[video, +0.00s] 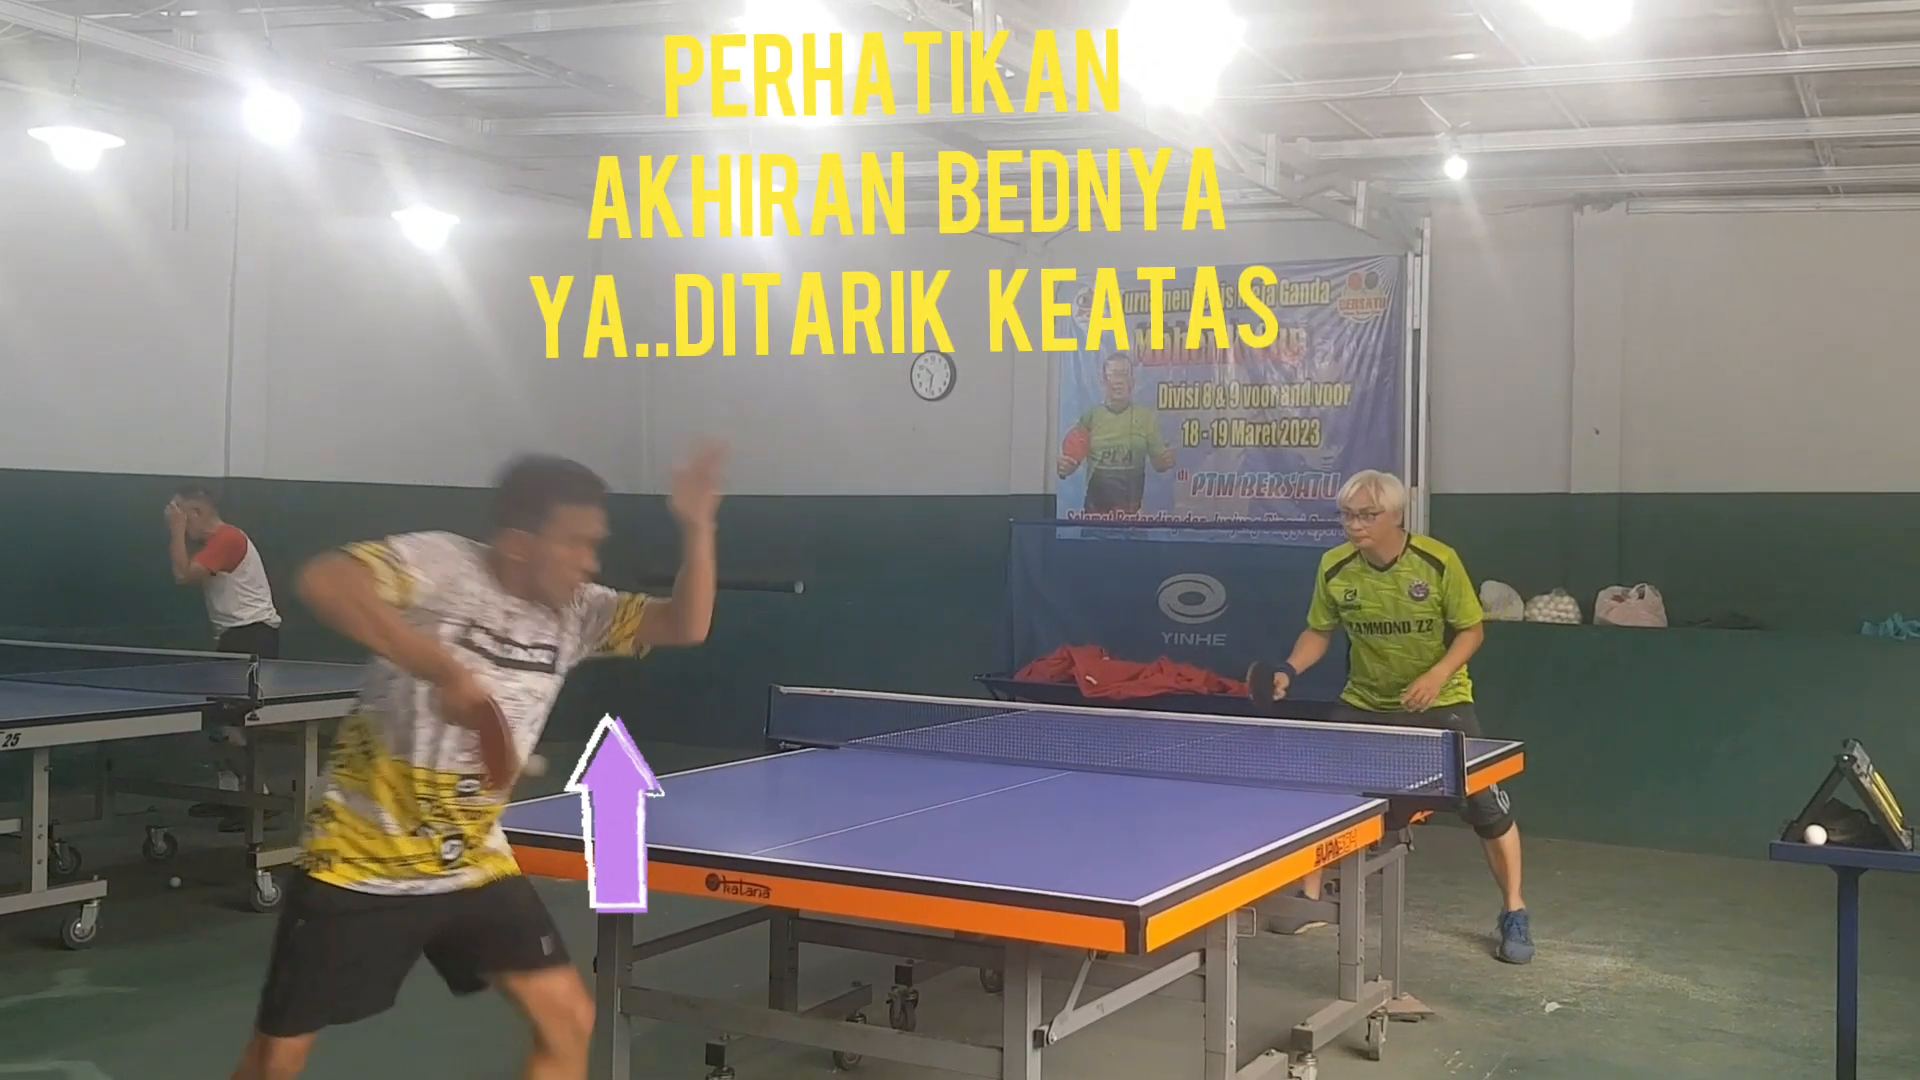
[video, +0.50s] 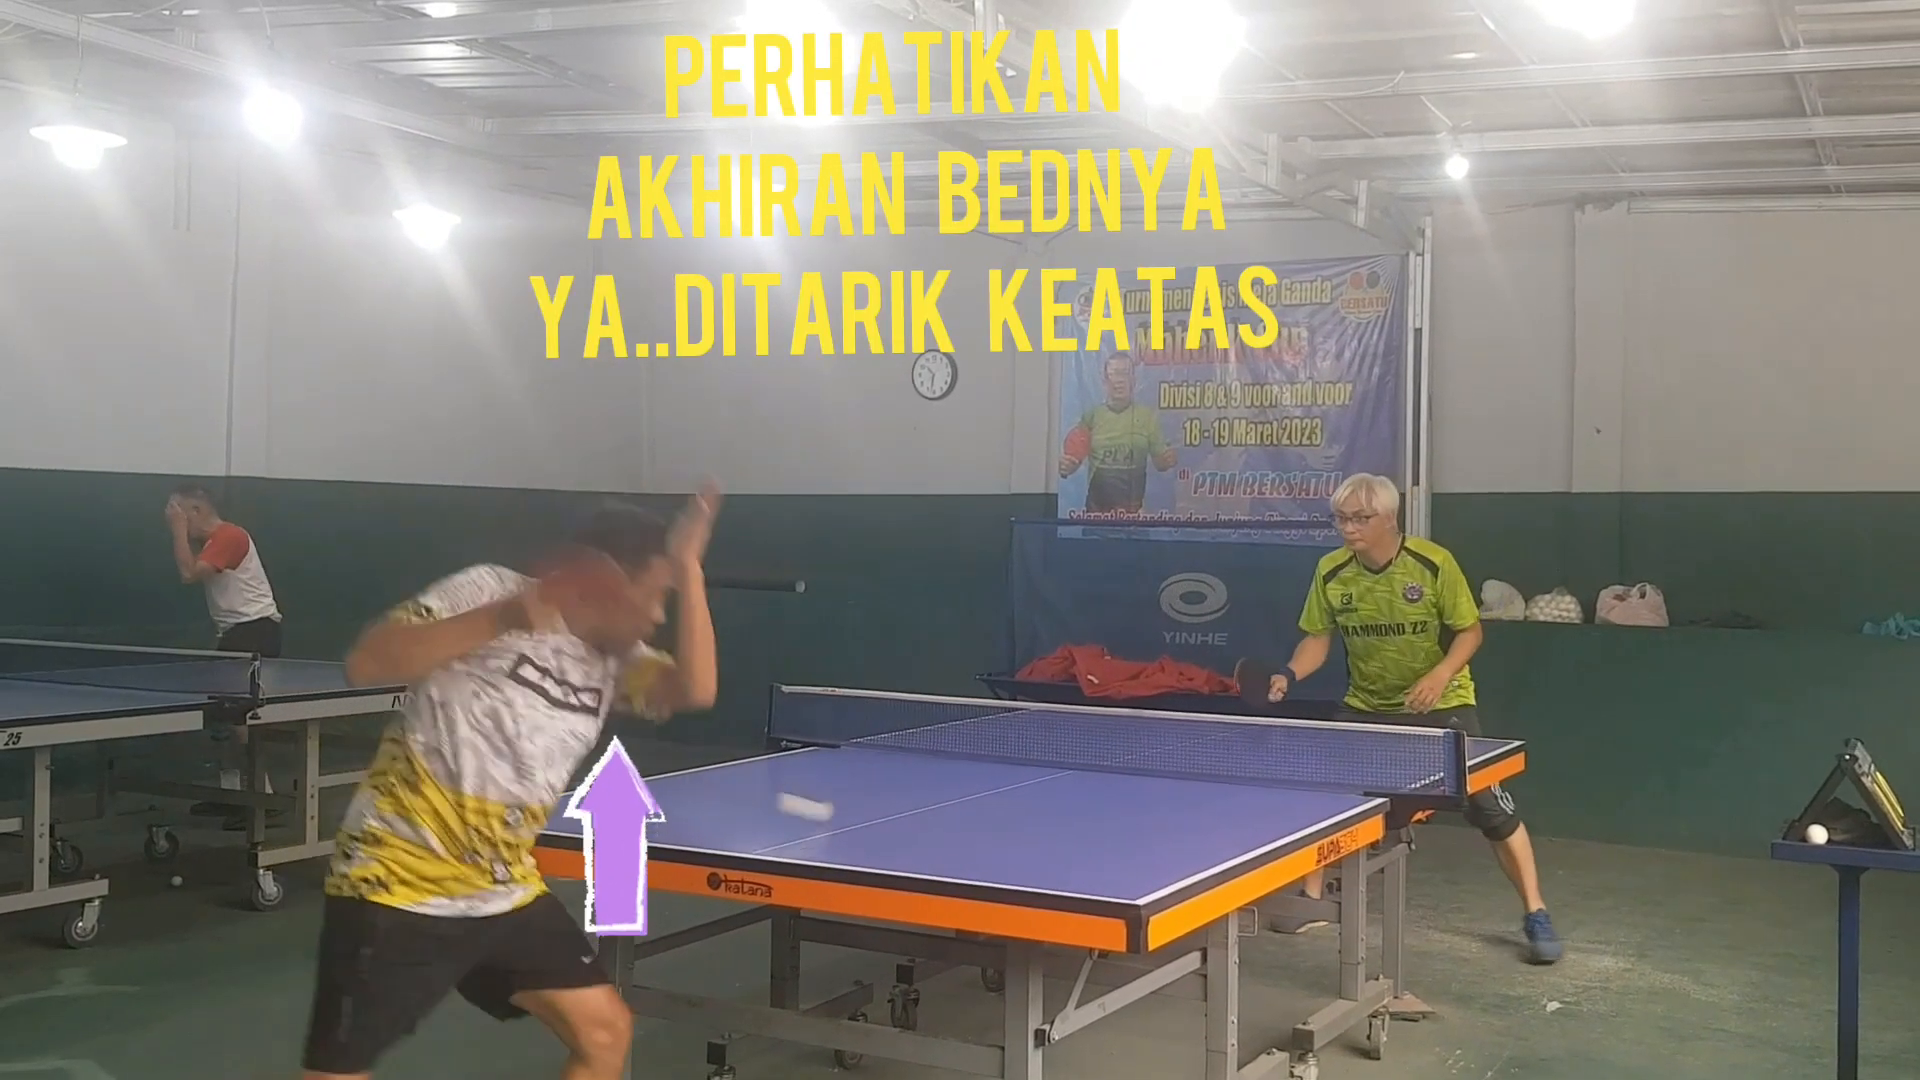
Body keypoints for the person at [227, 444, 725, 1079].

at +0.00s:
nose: (592, 563)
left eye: (596, 547)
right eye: (579, 545)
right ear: (518, 543)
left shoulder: (578, 612)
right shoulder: (442, 563)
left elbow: (685, 623)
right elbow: (325, 580)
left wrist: (698, 527)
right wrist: (444, 671)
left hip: (471, 855)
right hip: (358, 854)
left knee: (569, 1020)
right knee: (275, 1057)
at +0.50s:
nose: (659, 617)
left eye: (666, 600)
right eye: (654, 595)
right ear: (602, 575)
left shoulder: (612, 661)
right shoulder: (490, 591)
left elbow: (696, 690)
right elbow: (366, 662)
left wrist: (687, 566)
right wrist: (502, 616)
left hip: (502, 889)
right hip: (394, 883)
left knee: (606, 1031)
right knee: (333, 1068)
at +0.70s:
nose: (676, 625)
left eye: (681, 609)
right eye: (672, 605)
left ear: (625, 601)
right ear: (624, 596)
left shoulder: (615, 671)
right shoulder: (504, 604)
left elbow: (703, 710)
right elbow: (374, 679)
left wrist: (702, 591)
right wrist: (491, 608)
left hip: (506, 892)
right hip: (401, 887)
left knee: (611, 1034)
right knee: (353, 1071)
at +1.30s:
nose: (696, 639)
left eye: (700, 624)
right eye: (696, 621)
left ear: (654, 616)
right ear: (658, 615)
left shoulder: (642, 692)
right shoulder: (525, 617)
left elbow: (718, 760)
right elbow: (392, 705)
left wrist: (745, 664)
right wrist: (474, 643)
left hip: (508, 892)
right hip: (412, 880)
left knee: (620, 1031)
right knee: (401, 1070)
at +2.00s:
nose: (682, 622)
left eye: (684, 607)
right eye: (680, 604)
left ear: (638, 600)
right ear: (641, 598)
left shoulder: (621, 680)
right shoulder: (503, 615)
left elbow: (694, 760)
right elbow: (404, 716)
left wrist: (738, 696)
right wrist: (518, 689)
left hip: (498, 891)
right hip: (404, 879)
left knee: (607, 1026)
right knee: (407, 1070)